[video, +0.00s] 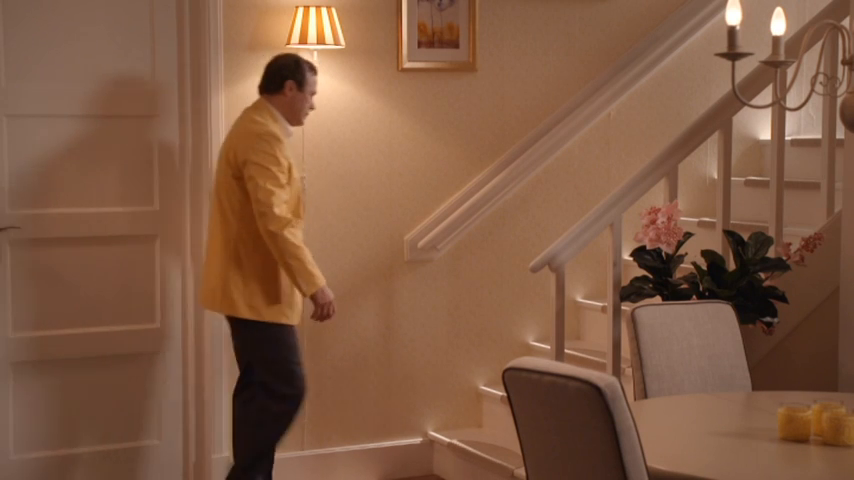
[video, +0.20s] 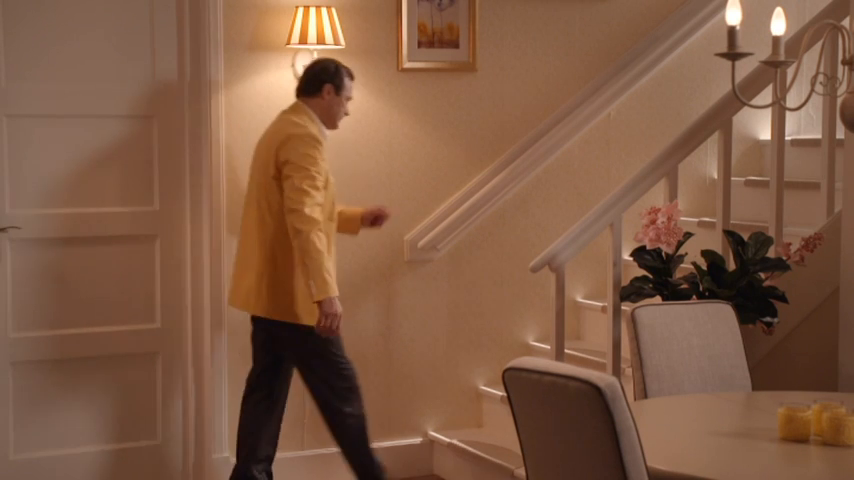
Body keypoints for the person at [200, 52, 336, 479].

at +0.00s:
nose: (313, 103)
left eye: (315, 93)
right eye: (311, 92)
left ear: (284, 88)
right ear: (289, 89)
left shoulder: (256, 128)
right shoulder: (262, 134)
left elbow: (272, 219)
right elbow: (275, 220)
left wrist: (305, 284)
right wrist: (316, 285)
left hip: (249, 285)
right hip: (255, 287)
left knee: (257, 385)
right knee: (284, 388)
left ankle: (251, 474)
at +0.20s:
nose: (347, 110)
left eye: (349, 100)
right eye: (346, 99)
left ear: (318, 93)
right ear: (326, 93)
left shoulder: (283, 130)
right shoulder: (302, 136)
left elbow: (302, 210)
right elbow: (304, 220)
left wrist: (357, 218)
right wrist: (326, 292)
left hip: (268, 290)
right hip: (295, 293)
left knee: (265, 392)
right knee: (341, 393)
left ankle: (251, 475)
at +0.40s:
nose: (385, 113)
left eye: (386, 104)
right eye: (384, 103)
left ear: (348, 96)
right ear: (367, 98)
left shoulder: (312, 138)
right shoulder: (355, 147)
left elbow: (315, 203)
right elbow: (352, 226)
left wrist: (364, 187)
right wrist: (360, 302)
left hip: (314, 293)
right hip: (352, 299)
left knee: (302, 392)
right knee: (386, 394)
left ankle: (262, 475)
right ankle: (400, 474)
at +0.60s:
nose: (422, 114)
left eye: (424, 104)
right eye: (421, 103)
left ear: (390, 96)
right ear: (402, 97)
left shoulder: (344, 134)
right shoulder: (391, 143)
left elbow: (327, 207)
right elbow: (399, 224)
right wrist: (436, 284)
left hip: (347, 279)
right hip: (383, 285)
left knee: (391, 366)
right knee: (409, 379)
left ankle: (324, 444)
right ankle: (405, 473)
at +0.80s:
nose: (446, 109)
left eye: (447, 101)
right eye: (440, 100)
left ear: (413, 97)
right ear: (413, 95)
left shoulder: (393, 131)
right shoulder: (396, 136)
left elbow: (358, 203)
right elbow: (388, 207)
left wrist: (348, 265)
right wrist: (439, 236)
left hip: (410, 286)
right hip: (395, 288)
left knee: (434, 380)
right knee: (411, 384)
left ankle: (426, 473)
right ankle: (405, 475)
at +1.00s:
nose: (445, 108)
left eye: (449, 99)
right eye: (434, 100)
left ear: (453, 95)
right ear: (410, 98)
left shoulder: (441, 135)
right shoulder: (387, 134)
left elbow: (434, 190)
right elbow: (340, 187)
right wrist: (392, 231)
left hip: (438, 267)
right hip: (398, 271)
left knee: (441, 377)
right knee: (413, 379)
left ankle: (435, 472)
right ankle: (404, 474)